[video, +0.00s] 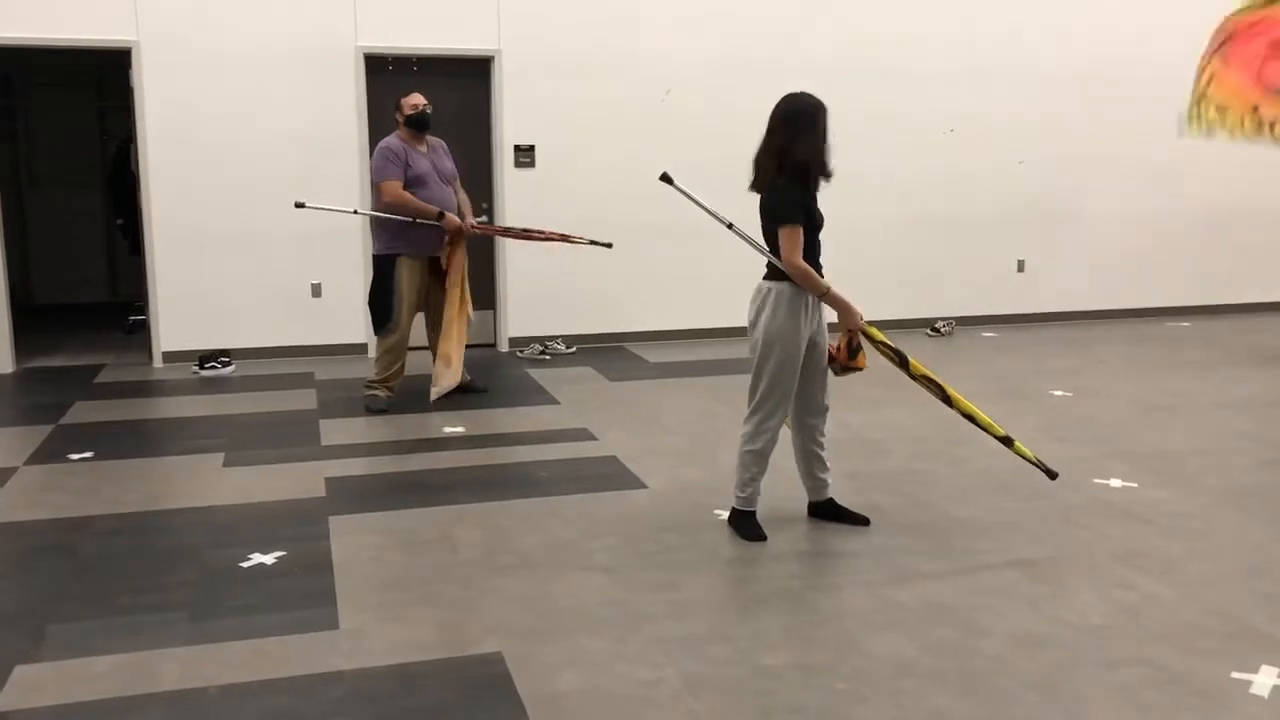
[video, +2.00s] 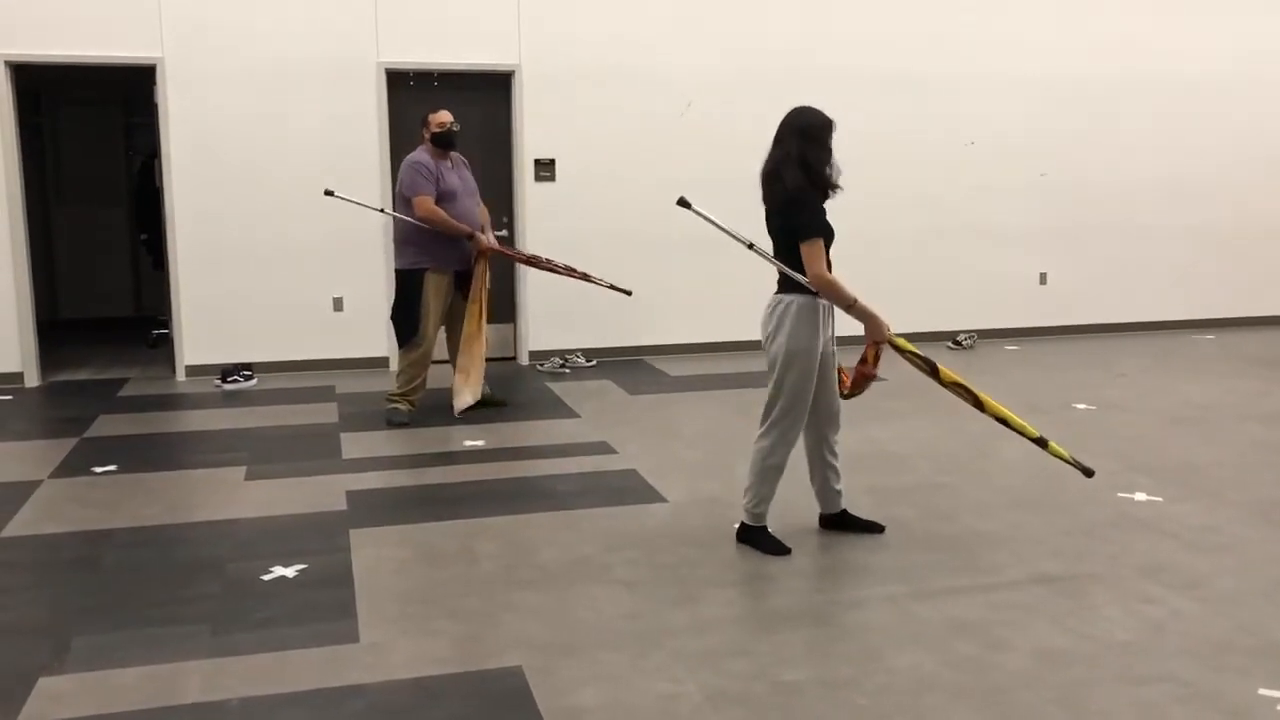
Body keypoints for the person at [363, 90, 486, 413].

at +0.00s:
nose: (422, 111)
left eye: (426, 107)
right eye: (414, 108)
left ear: (431, 113)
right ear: (400, 116)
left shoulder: (439, 147)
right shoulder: (389, 148)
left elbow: (457, 190)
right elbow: (390, 197)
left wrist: (468, 216)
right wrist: (440, 215)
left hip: (442, 249)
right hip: (402, 252)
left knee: (447, 317)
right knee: (396, 325)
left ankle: (452, 378)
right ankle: (379, 389)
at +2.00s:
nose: (449, 131)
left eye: (452, 126)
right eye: (442, 126)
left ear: (457, 130)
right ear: (427, 132)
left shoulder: (460, 162)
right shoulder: (417, 163)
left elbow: (478, 206)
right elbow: (424, 210)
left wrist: (487, 233)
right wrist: (471, 234)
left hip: (463, 263)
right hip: (425, 266)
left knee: (467, 333)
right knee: (420, 338)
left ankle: (471, 392)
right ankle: (401, 402)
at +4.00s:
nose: (457, 125)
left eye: (461, 120)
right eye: (451, 120)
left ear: (465, 124)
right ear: (435, 125)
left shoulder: (459, 155)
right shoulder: (424, 156)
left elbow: (467, 202)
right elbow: (428, 205)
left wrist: (482, 241)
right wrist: (471, 232)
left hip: (468, 256)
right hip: (432, 259)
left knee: (474, 325)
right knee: (427, 333)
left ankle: (480, 383)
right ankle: (410, 395)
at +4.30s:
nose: (458, 123)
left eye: (460, 118)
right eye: (451, 118)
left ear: (463, 123)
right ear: (434, 123)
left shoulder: (453, 154)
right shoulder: (422, 155)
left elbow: (458, 196)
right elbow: (429, 203)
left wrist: (483, 197)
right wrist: (472, 230)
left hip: (465, 254)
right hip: (431, 258)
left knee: (472, 322)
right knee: (427, 331)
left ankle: (479, 382)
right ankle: (409, 394)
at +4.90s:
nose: (450, 118)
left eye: (453, 113)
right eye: (443, 114)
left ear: (455, 119)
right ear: (425, 121)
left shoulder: (451, 148)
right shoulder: (414, 152)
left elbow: (460, 197)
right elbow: (421, 201)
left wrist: (476, 238)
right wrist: (465, 228)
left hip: (464, 251)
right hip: (428, 256)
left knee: (473, 319)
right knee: (424, 328)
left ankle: (479, 379)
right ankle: (407, 392)